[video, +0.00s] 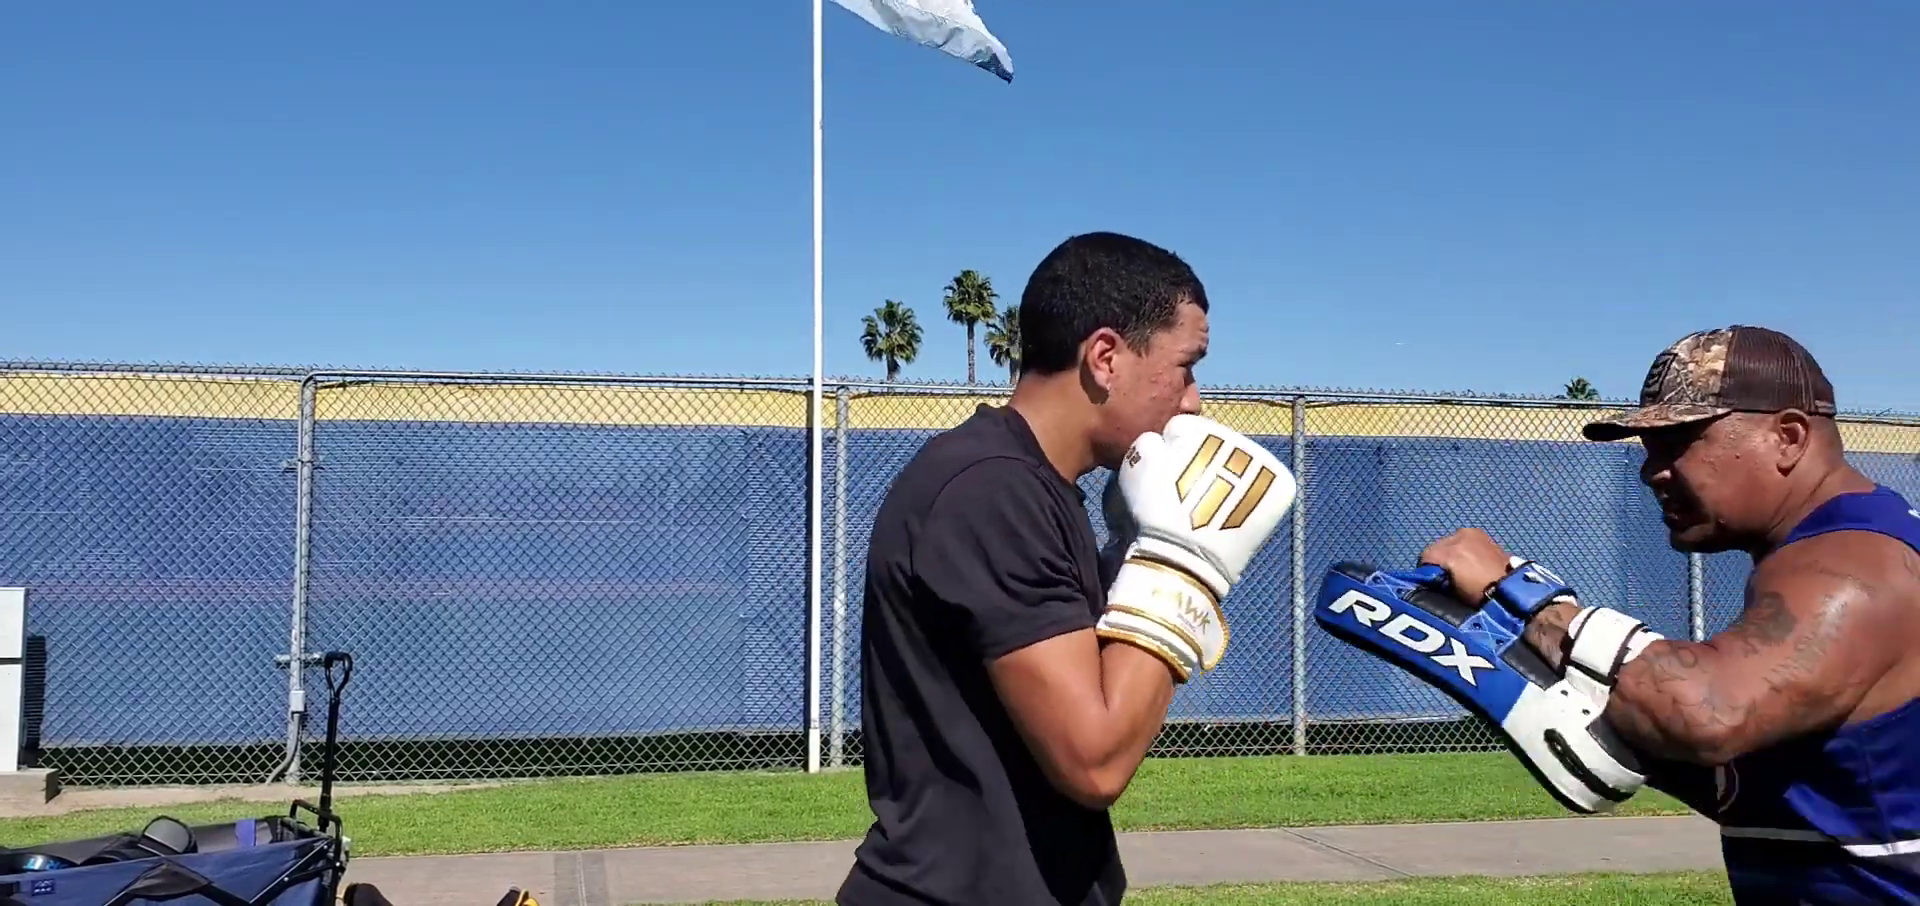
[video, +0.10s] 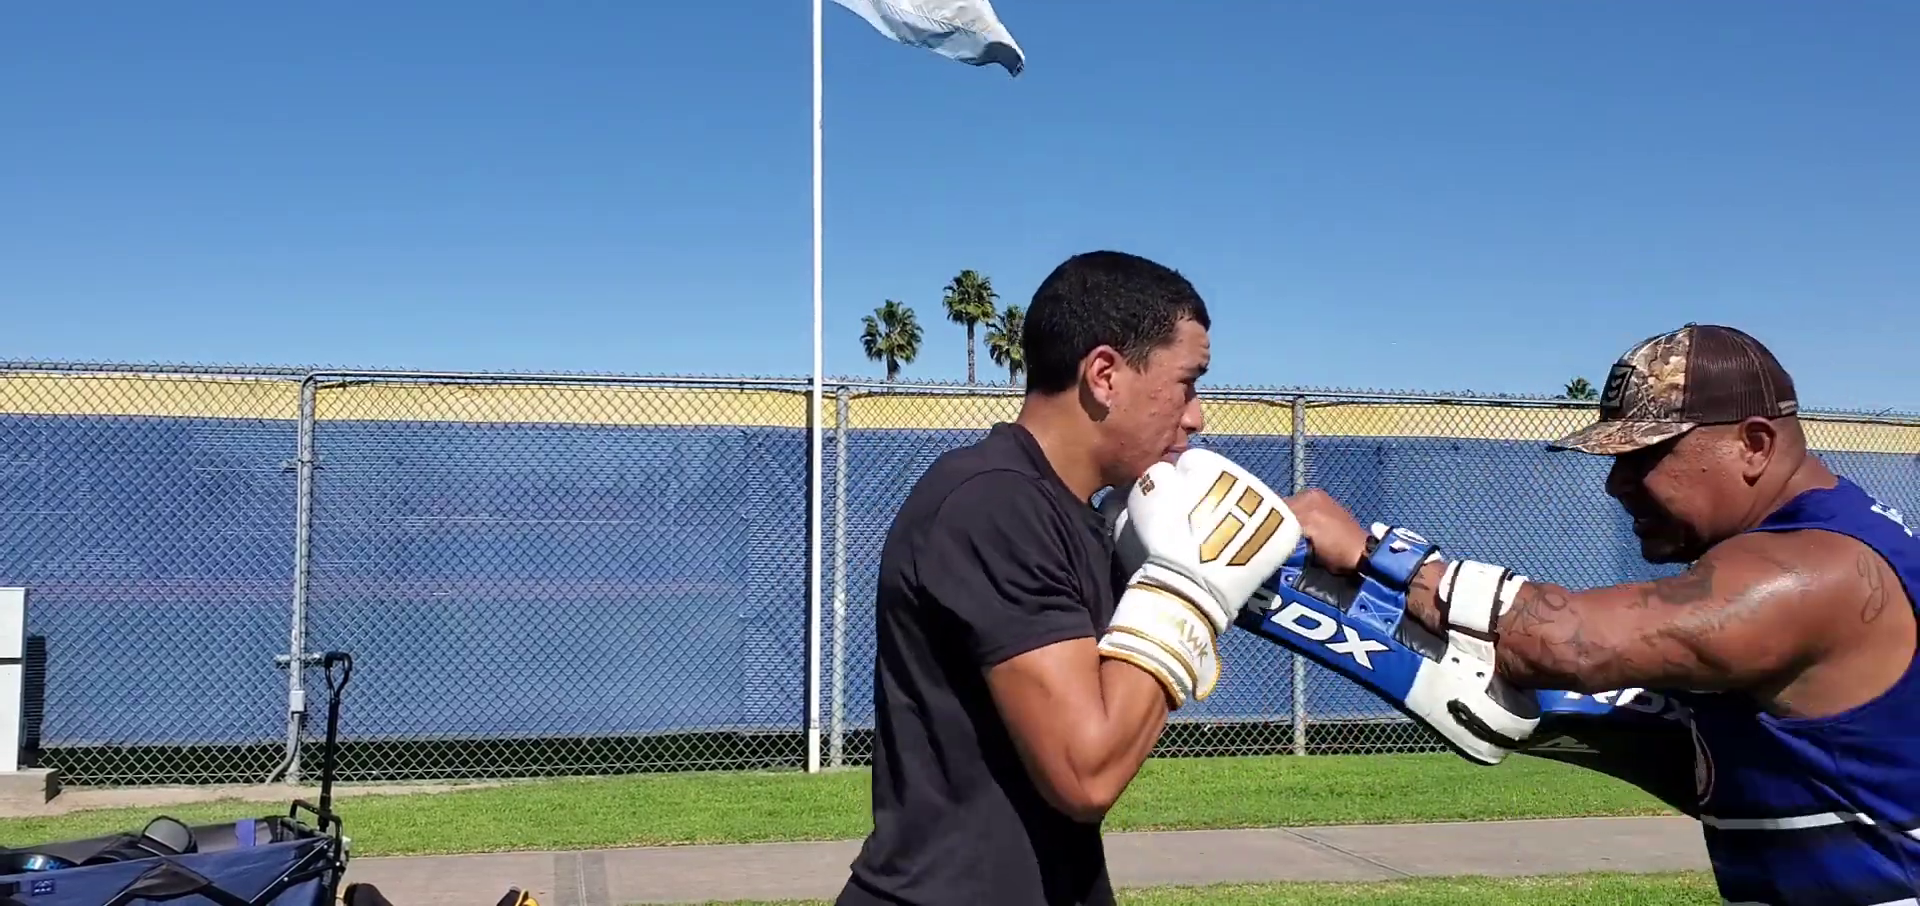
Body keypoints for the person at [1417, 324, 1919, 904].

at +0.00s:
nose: (1650, 470)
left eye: (1677, 442)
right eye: (1649, 446)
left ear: (1787, 440)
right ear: (1788, 442)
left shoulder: (1848, 563)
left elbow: (1702, 708)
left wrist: (1515, 590)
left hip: (1871, 890)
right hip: (1813, 885)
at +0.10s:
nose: (1619, 485)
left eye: (1647, 456)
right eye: (1619, 460)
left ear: (1755, 447)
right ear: (1758, 452)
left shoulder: (1807, 568)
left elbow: (1565, 643)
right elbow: (1741, 774)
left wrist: (1367, 550)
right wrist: (1552, 726)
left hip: (1872, 891)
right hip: (1804, 883)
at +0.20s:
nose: (1638, 488)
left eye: (1664, 461)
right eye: (1637, 463)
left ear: (1773, 445)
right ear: (1776, 448)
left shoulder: (1839, 561)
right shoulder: (1776, 559)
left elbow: (1582, 615)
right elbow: (1692, 771)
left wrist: (1361, 570)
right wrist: (1549, 723)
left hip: (1872, 890)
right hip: (1778, 889)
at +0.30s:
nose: (1674, 471)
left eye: (1702, 444)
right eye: (1673, 445)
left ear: (1817, 436)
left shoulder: (1877, 550)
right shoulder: (1755, 542)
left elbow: (1728, 666)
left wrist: (1470, 637)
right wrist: (1588, 617)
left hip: (1872, 891)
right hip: (1770, 886)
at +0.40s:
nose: (1689, 463)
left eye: (1717, 434)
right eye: (1685, 436)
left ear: (1826, 429)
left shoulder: (1892, 566)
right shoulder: (1746, 543)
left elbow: (1901, 759)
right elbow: (1670, 674)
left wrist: (1674, 733)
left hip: (1874, 890)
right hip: (1764, 883)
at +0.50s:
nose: (1693, 462)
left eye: (1718, 431)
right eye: (1687, 438)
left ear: (1826, 424)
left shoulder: (1899, 568)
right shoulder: (1737, 554)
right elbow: (1649, 714)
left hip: (1866, 886)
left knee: (1673, 870)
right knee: (1665, 871)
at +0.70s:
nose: (1632, 472)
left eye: (1655, 442)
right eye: (1626, 449)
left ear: (1761, 435)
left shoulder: (1856, 559)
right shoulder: (1699, 574)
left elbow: (1910, 764)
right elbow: (1627, 739)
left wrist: (1704, 843)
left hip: (1862, 883)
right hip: (1757, 876)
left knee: (1621, 889)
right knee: (1610, 887)